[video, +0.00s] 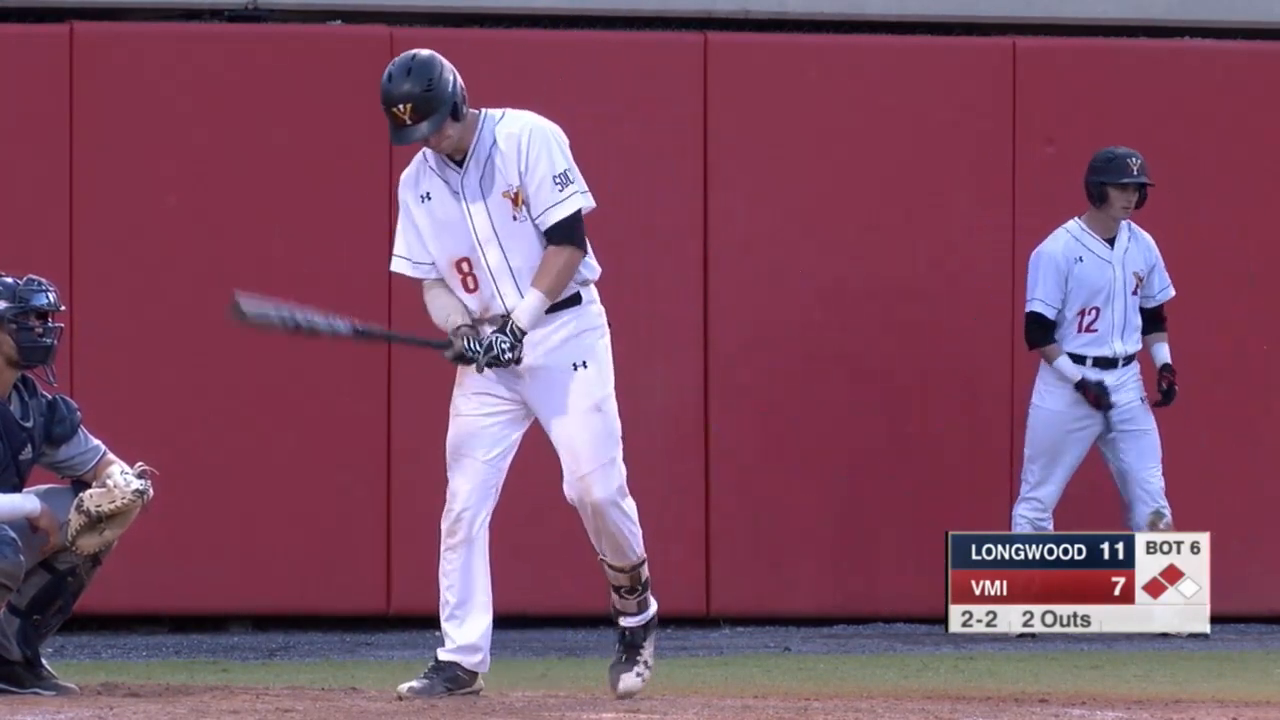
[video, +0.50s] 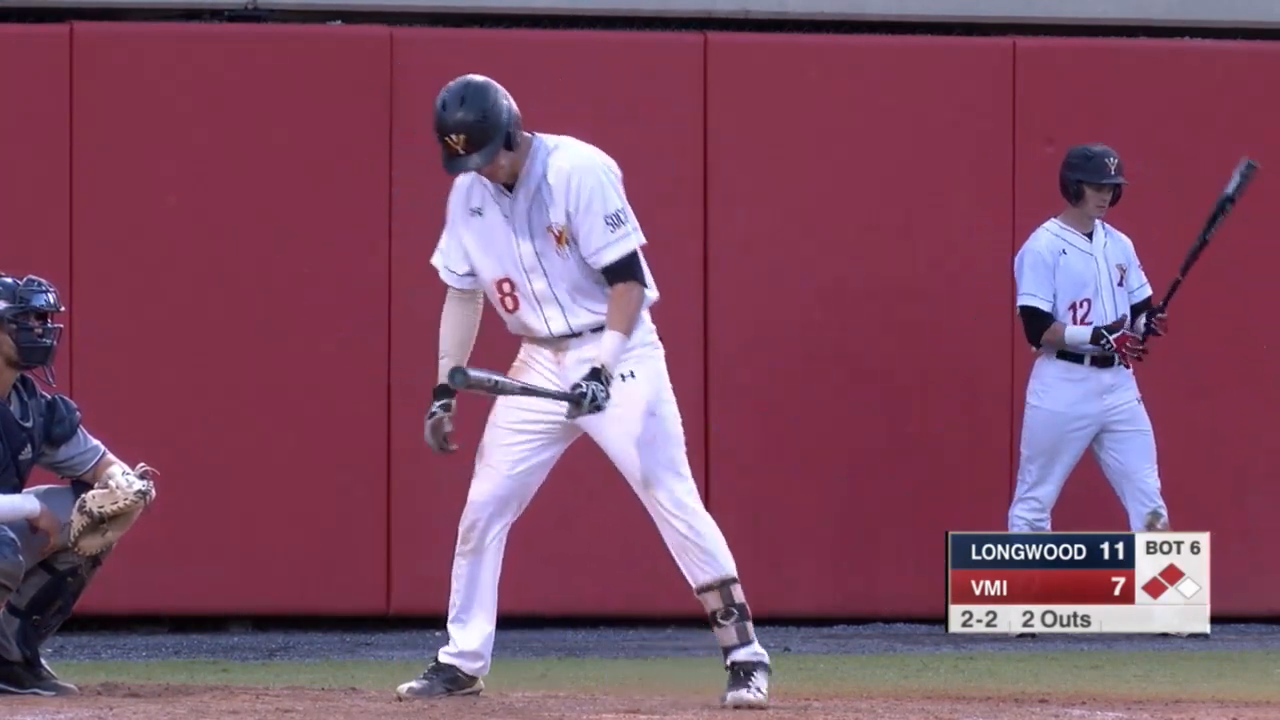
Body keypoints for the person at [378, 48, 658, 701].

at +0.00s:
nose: (430, 143)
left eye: (436, 129)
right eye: (419, 135)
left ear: (460, 104)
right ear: (410, 124)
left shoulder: (532, 137)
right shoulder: (416, 181)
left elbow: (567, 244)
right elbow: (433, 284)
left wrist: (518, 320)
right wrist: (460, 329)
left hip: (566, 340)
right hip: (487, 356)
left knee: (594, 489)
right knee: (463, 508)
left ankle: (635, 613)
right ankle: (460, 661)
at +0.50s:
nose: (480, 172)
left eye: (485, 159)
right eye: (469, 163)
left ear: (511, 137)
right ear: (459, 150)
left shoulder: (580, 169)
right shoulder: (467, 192)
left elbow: (627, 279)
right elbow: (463, 294)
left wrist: (603, 366)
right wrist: (445, 392)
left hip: (618, 353)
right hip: (539, 360)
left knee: (667, 491)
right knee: (484, 508)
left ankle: (744, 655)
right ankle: (461, 661)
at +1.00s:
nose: (591, 251)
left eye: (603, 243)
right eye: (584, 240)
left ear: (636, 225)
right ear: (575, 207)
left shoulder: (678, 257)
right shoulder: (568, 202)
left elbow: (669, 378)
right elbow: (591, 280)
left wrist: (644, 479)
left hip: (668, 379)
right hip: (587, 373)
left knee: (697, 503)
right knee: (522, 512)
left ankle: (754, 662)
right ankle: (462, 664)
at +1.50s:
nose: (524, 205)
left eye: (533, 193)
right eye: (513, 195)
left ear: (564, 170)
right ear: (499, 173)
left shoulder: (623, 210)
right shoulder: (503, 200)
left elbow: (644, 324)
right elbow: (504, 280)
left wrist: (628, 425)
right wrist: (487, 365)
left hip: (627, 375)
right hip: (543, 376)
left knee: (673, 502)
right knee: (475, 513)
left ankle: (751, 660)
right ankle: (455, 664)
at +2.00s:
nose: (485, 199)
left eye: (488, 186)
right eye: (477, 191)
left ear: (515, 162)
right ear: (476, 172)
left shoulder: (594, 193)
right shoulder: (492, 207)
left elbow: (629, 309)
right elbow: (510, 308)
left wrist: (589, 396)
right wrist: (473, 389)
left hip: (632, 378)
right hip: (552, 381)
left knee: (681, 505)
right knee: (474, 519)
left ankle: (759, 664)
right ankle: (455, 665)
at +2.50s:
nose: (623, 138)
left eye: (624, 125)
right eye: (609, 130)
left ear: (628, 118)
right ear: (574, 132)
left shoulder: (672, 189)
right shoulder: (532, 200)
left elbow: (726, 252)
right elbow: (512, 295)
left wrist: (743, 277)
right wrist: (500, 372)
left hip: (653, 383)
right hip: (562, 386)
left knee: (698, 513)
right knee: (486, 525)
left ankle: (761, 664)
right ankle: (454, 665)